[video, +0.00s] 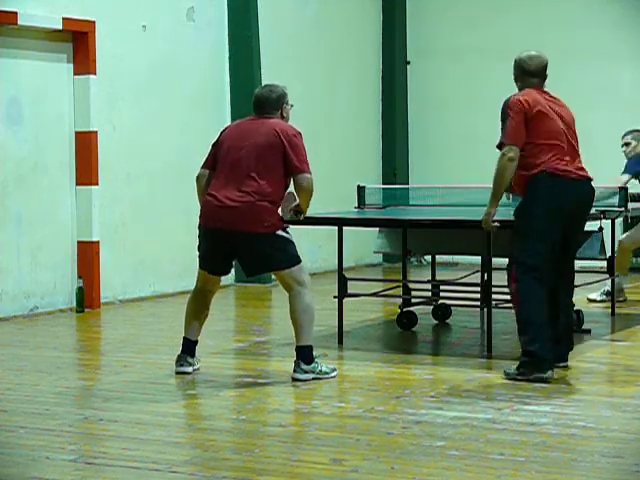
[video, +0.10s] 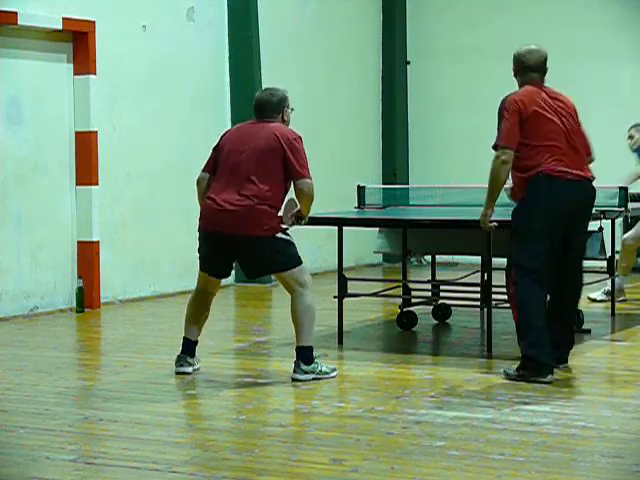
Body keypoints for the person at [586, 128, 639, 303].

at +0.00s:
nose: (624, 149)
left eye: (627, 144)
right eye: (623, 145)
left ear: (638, 144)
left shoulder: (636, 160)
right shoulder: (632, 161)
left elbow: (622, 182)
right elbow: (621, 182)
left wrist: (599, 196)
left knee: (625, 243)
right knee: (625, 243)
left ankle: (616, 286)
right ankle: (616, 286)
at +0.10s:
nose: (630, 141)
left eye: (632, 137)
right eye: (629, 138)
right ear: (632, 140)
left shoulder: (638, 156)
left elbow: (635, 175)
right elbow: (636, 175)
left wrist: (622, 185)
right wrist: (622, 186)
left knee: (629, 240)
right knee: (629, 240)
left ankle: (618, 284)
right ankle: (618, 284)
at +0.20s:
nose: (636, 125)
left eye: (637, 121)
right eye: (636, 121)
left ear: (639, 122)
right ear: (634, 122)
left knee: (629, 242)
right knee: (628, 241)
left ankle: (619, 284)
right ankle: (619, 284)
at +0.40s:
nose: (636, 129)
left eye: (636, 126)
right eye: (636, 126)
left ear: (636, 123)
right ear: (635, 123)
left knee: (629, 239)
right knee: (628, 239)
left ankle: (620, 280)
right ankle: (620, 280)